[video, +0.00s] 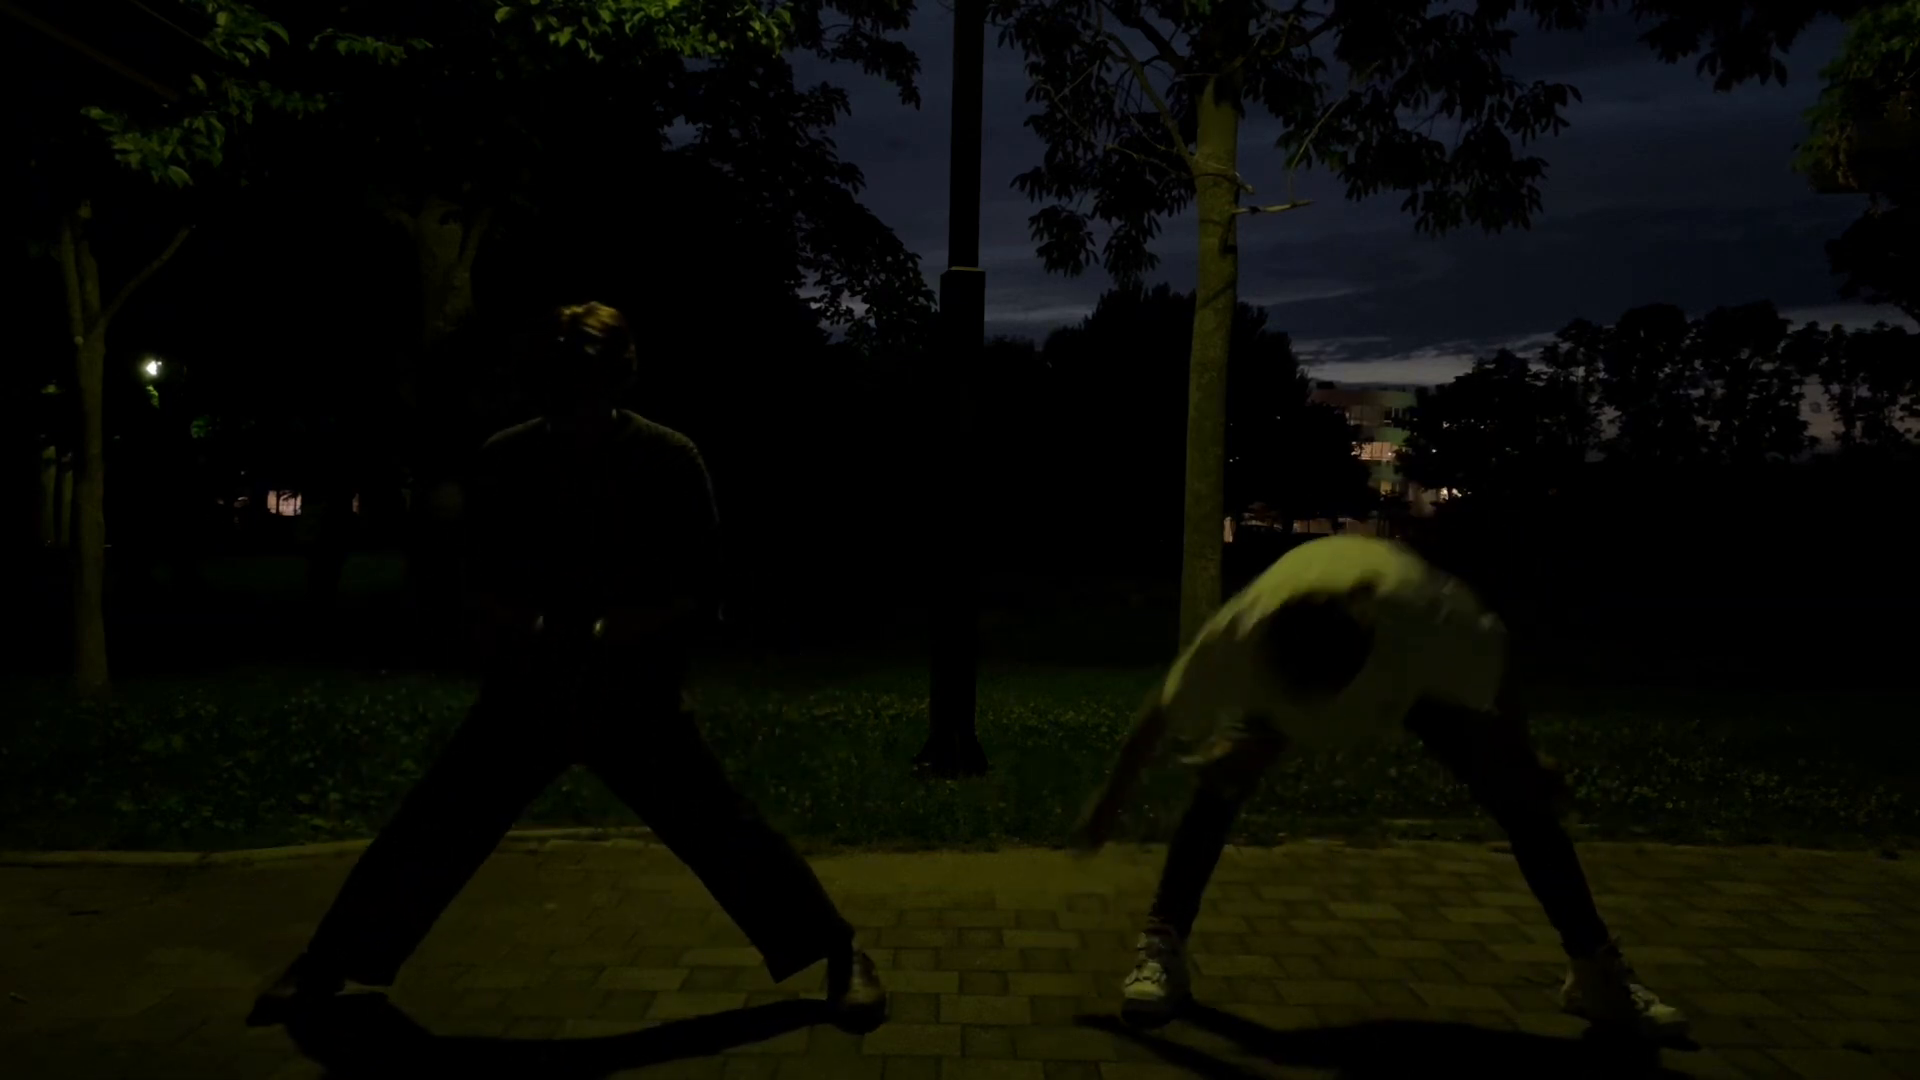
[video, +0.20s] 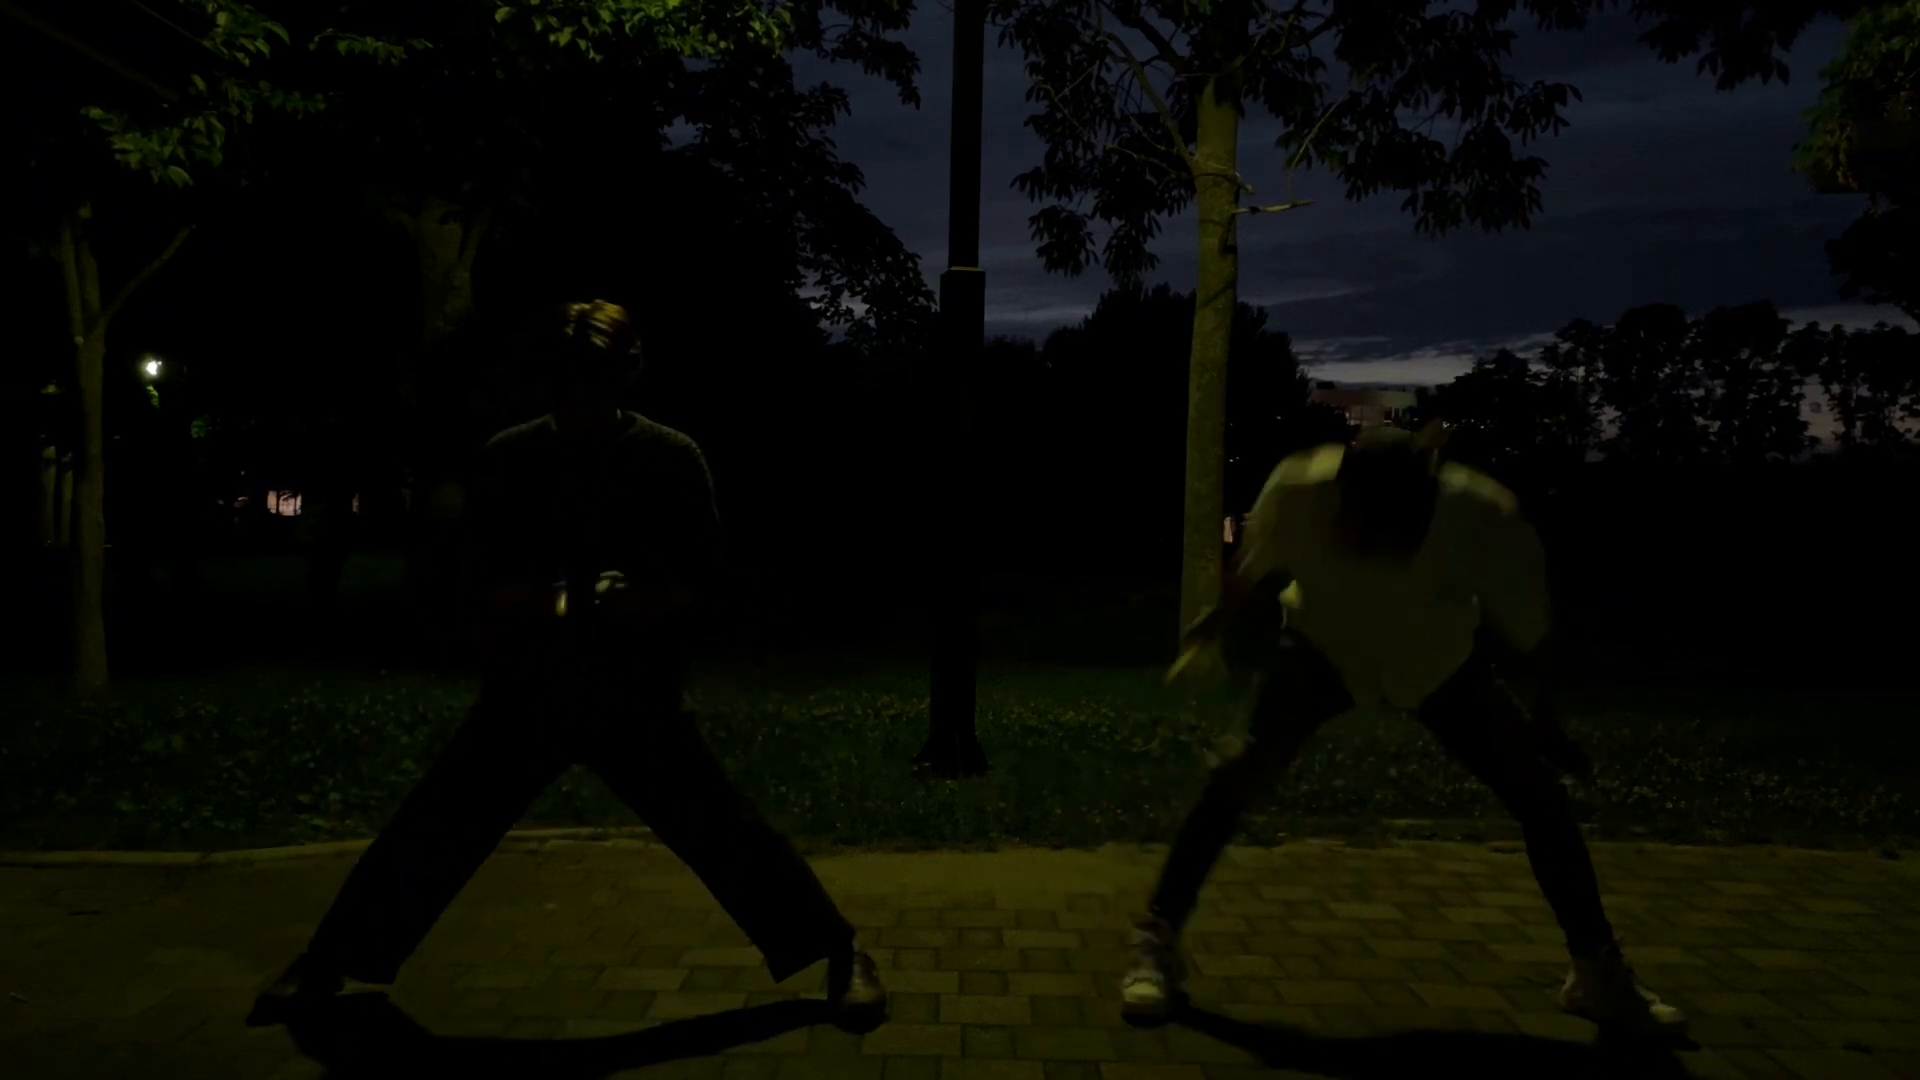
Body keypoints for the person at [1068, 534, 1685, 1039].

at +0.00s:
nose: (1305, 707)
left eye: (1320, 692)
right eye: (1294, 689)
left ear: (1356, 659)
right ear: (1270, 653)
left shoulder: (1423, 614)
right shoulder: (1238, 634)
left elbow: (1498, 678)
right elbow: (1157, 718)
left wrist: (1529, 768)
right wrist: (1108, 803)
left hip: (1411, 683)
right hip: (1287, 702)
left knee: (1520, 802)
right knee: (1218, 792)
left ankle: (1600, 973)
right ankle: (1161, 951)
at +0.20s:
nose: (1374, 546)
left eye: (1389, 531)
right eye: (1366, 528)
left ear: (1424, 504)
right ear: (1346, 494)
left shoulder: (1483, 516)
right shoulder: (1300, 488)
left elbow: (1527, 636)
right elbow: (1253, 572)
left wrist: (1547, 726)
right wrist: (1216, 631)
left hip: (1438, 654)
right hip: (1323, 646)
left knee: (1541, 798)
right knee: (1240, 774)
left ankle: (1601, 973)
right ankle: (1155, 947)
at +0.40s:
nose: (1363, 473)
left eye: (1380, 460)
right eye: (1356, 455)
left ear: (1420, 441)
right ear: (1342, 429)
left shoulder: (1491, 469)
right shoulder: (1308, 444)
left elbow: (1545, 577)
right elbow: (1272, 543)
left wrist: (1540, 684)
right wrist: (1248, 629)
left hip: (1435, 663)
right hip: (1313, 653)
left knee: (1535, 804)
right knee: (1207, 782)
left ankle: (1601, 974)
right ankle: (1101, 936)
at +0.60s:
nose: (1338, 439)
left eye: (1354, 422)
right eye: (1325, 422)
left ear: (1379, 408)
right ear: (1299, 406)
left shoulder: (1432, 451)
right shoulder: (1246, 451)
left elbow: (1500, 565)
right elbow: (1195, 551)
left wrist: (1513, 668)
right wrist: (1158, 643)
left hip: (1404, 675)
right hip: (1277, 673)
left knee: (1517, 808)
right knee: (1179, 794)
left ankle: (1601, 979)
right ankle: (1085, 953)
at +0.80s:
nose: (1342, 403)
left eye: (1355, 387)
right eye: (1329, 387)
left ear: (1376, 377)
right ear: (1297, 377)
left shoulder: (1416, 419)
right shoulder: (1239, 431)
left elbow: (1464, 533)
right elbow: (1161, 502)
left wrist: (1460, 624)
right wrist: (1131, 586)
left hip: (1408, 664)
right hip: (1284, 667)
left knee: (1518, 805)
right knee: (1189, 797)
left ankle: (1600, 975)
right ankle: (1085, 951)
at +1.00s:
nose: (1377, 387)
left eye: (1393, 371)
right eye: (1365, 369)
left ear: (1416, 365)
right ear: (1336, 357)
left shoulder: (1446, 425)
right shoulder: (1280, 418)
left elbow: (1488, 537)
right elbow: (1206, 506)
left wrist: (1474, 620)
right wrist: (1204, 577)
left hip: (1421, 669)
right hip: (1294, 668)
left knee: (1529, 806)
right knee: (1197, 802)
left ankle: (1600, 975)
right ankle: (1087, 951)